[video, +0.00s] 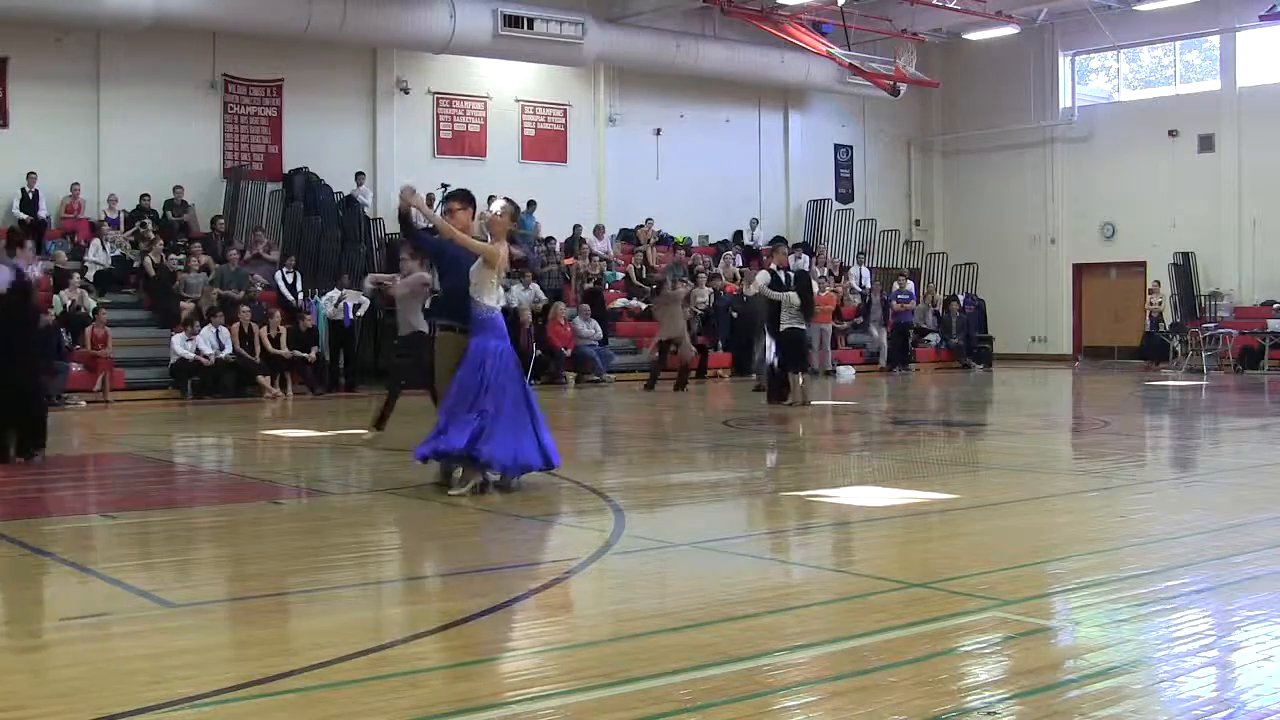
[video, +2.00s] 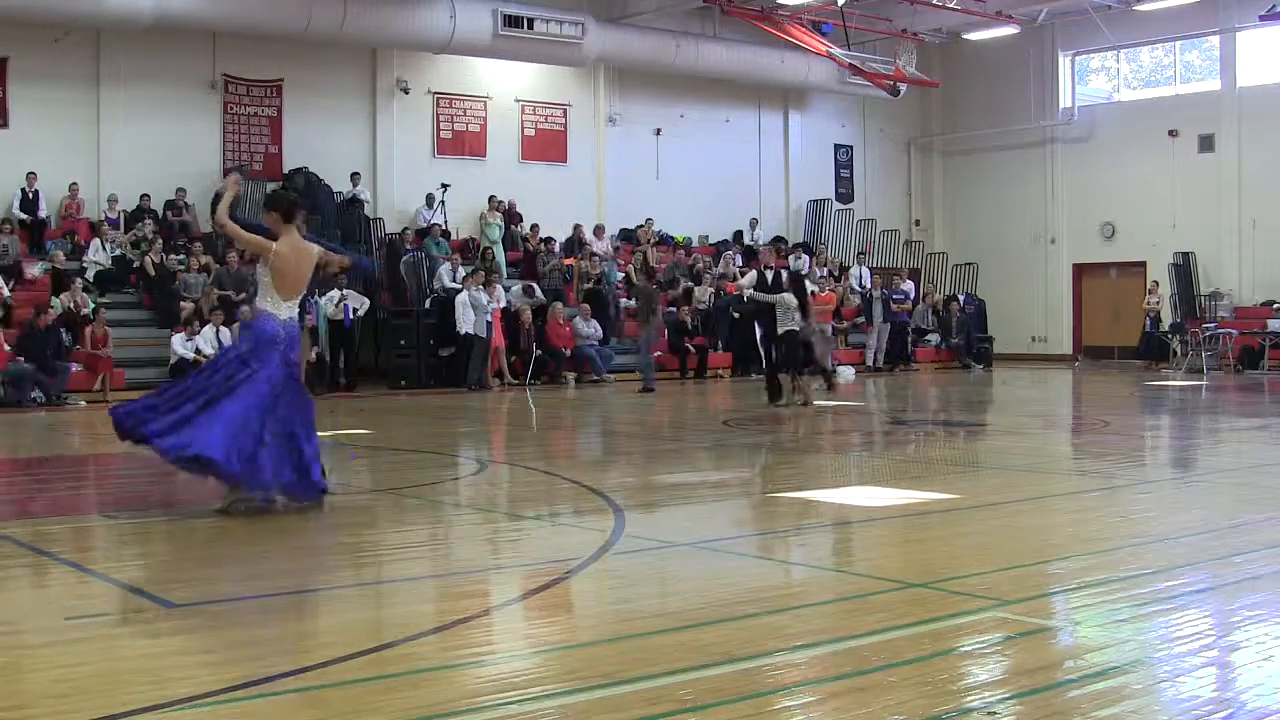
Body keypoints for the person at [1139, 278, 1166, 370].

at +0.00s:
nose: (1154, 288)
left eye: (1156, 286)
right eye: (1153, 286)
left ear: (1159, 287)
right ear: (1151, 287)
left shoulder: (1162, 296)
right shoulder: (1149, 296)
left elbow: (1161, 308)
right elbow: (1146, 307)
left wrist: (1150, 308)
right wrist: (1156, 307)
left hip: (1159, 319)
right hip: (1150, 319)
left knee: (1158, 340)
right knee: (1149, 339)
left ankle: (1157, 361)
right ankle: (1149, 361)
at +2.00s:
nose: (1152, 288)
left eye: (1154, 286)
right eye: (1151, 286)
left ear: (1157, 287)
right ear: (1150, 287)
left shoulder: (1160, 296)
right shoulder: (1148, 296)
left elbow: (1160, 308)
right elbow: (1144, 306)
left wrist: (1149, 307)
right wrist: (1153, 307)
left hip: (1156, 318)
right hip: (1149, 318)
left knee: (1156, 337)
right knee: (1148, 337)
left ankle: (1156, 361)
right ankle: (1149, 360)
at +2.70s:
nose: (1151, 288)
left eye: (1153, 286)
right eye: (1150, 286)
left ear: (1157, 287)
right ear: (1149, 287)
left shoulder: (1159, 296)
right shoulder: (1147, 296)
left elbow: (1160, 308)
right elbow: (1143, 306)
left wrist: (1149, 308)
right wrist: (1153, 307)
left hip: (1156, 318)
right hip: (1148, 318)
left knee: (1156, 338)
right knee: (1148, 337)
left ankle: (1156, 361)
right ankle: (1149, 360)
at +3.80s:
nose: (1152, 288)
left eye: (1153, 286)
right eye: (1151, 286)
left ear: (1157, 287)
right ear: (1149, 287)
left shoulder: (1160, 296)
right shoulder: (1148, 296)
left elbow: (1160, 308)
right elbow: (1144, 306)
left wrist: (1150, 308)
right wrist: (1154, 307)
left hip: (1157, 318)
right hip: (1149, 318)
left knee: (1156, 338)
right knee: (1148, 337)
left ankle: (1156, 361)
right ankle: (1147, 361)